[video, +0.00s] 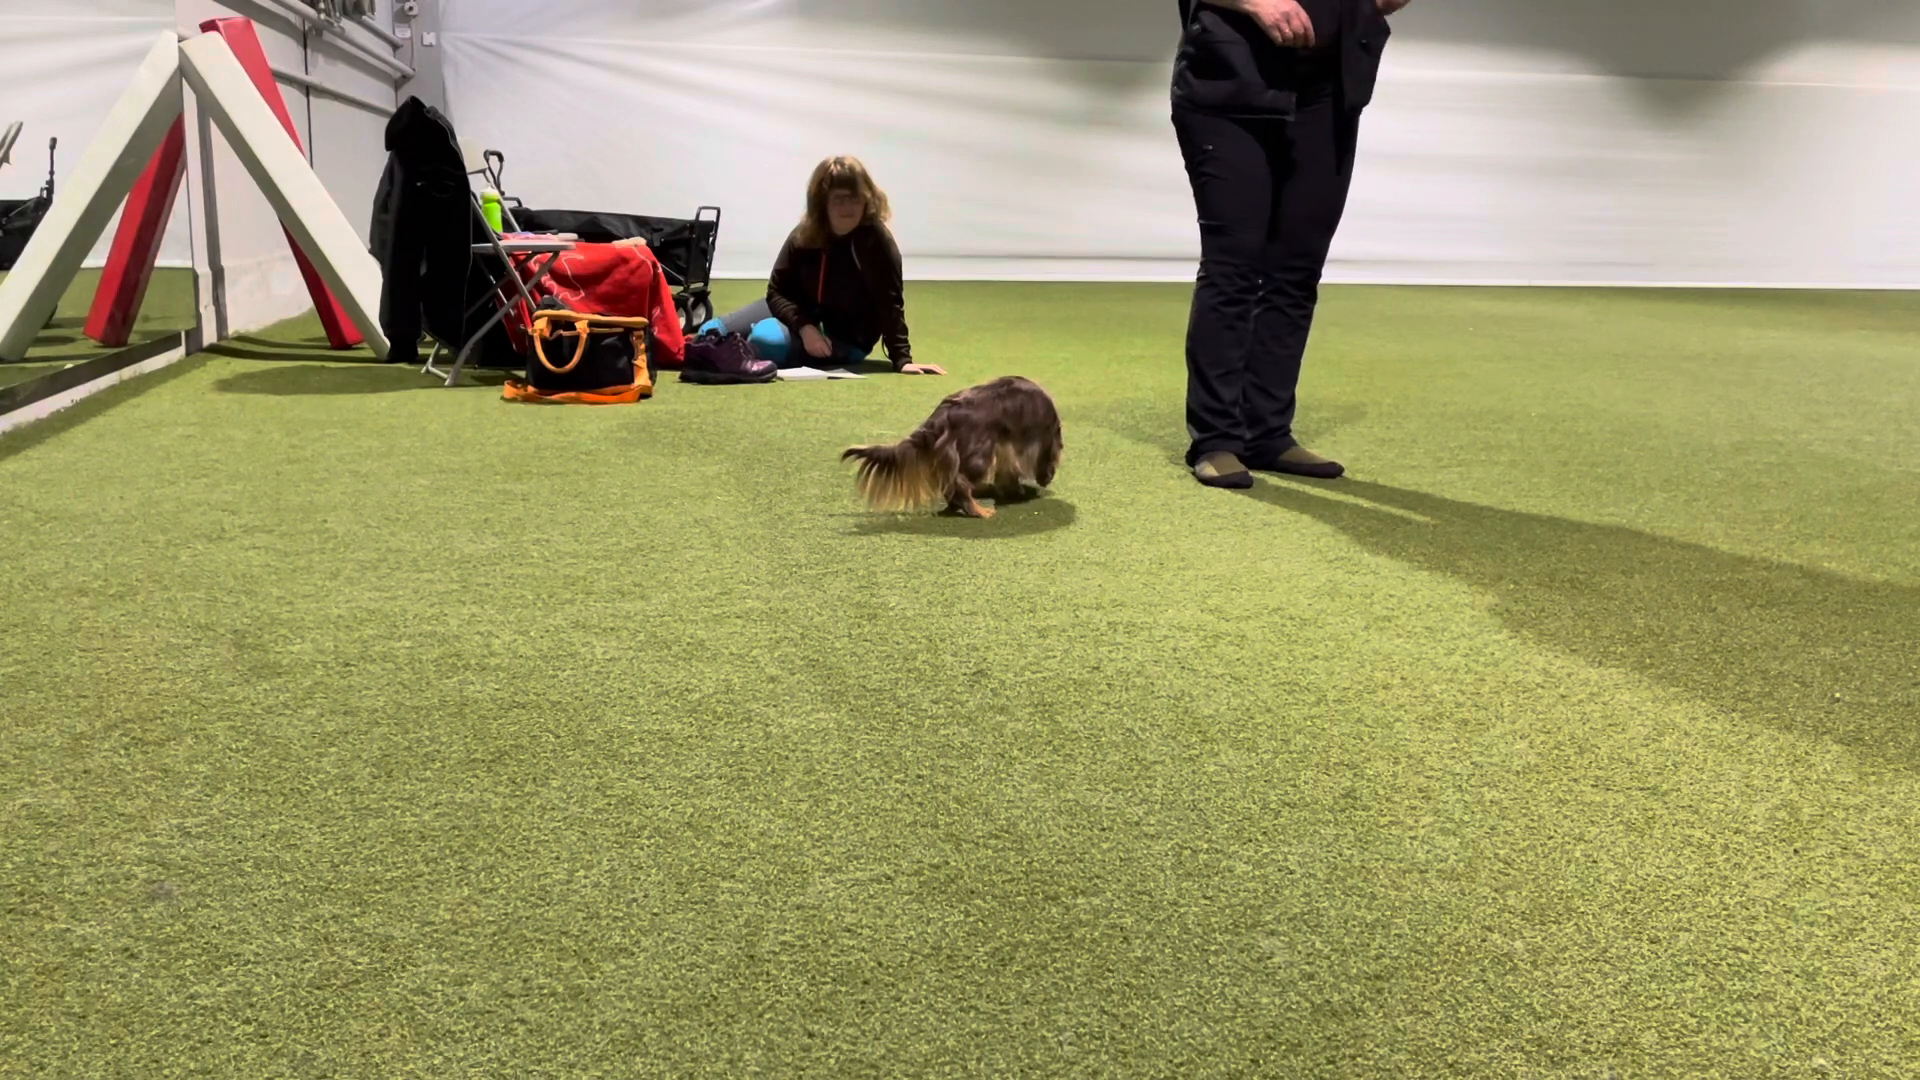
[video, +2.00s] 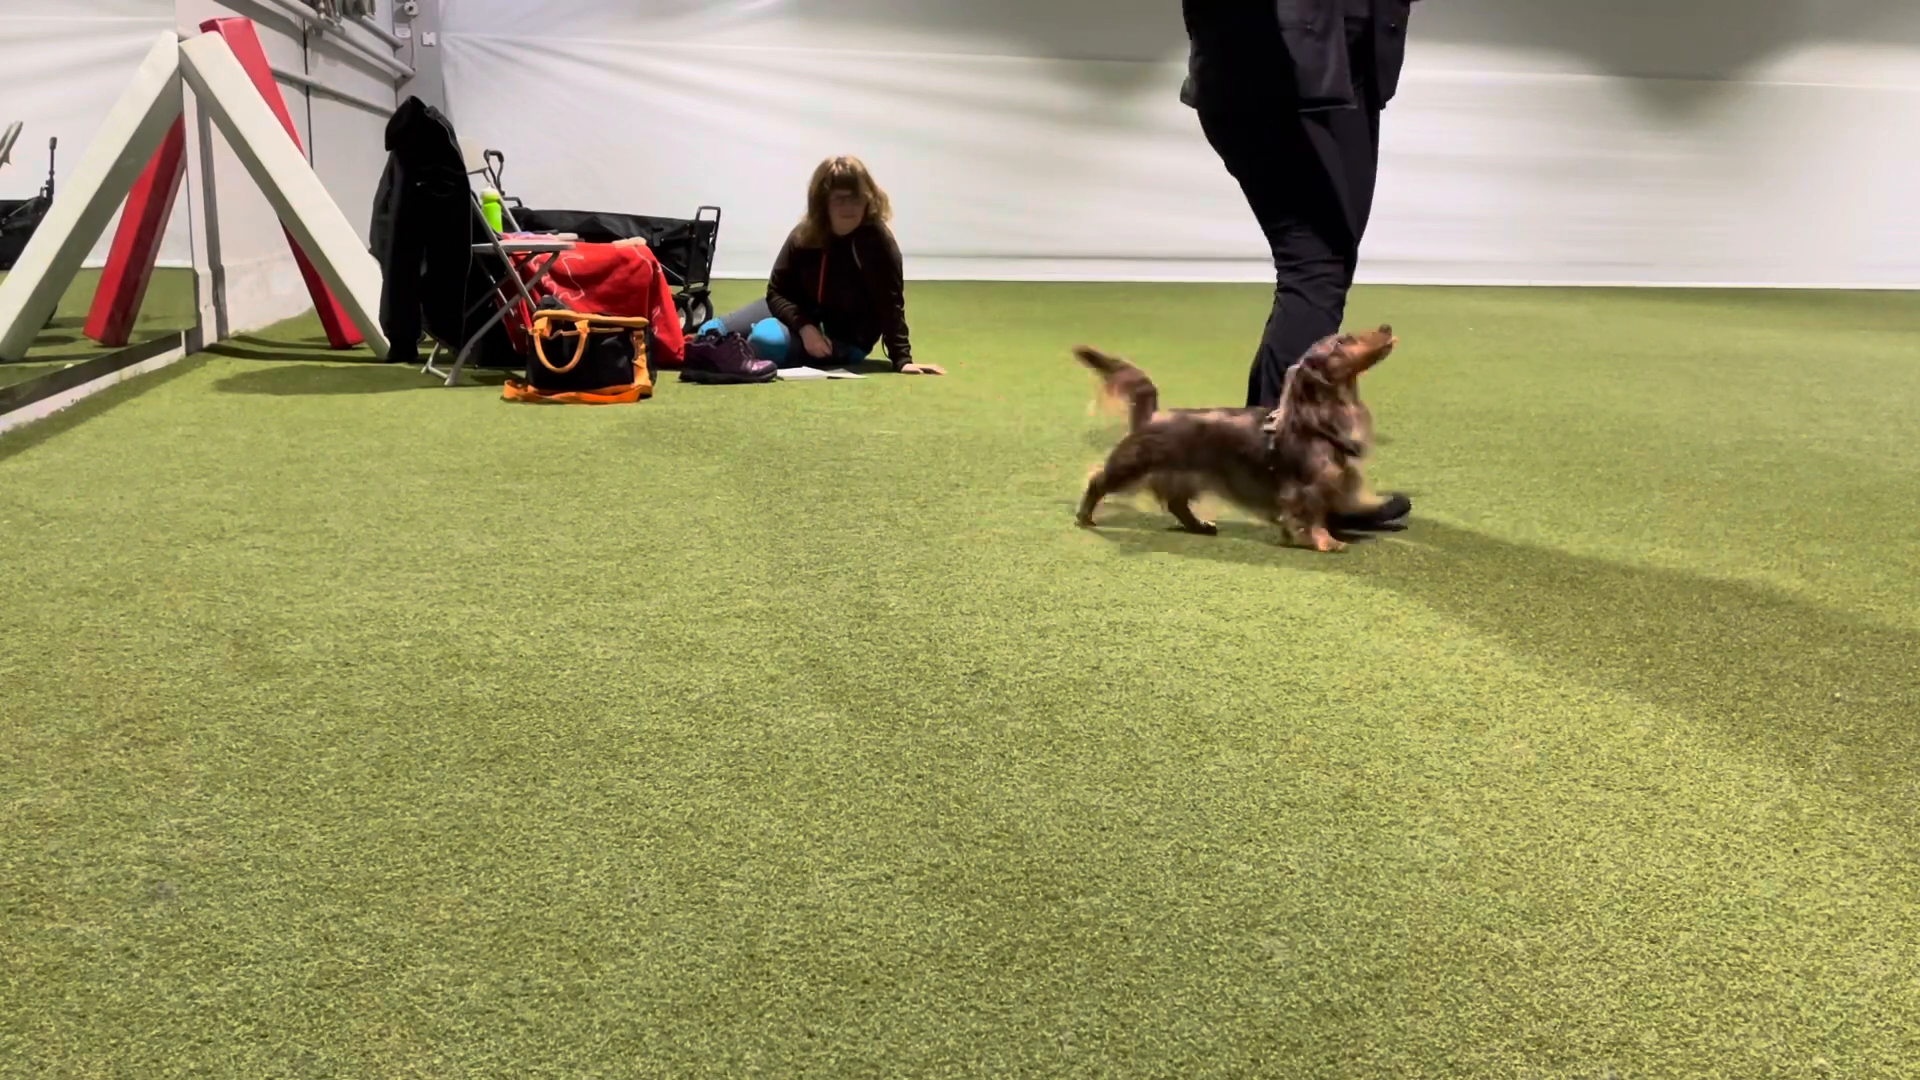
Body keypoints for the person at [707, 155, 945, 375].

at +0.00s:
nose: (847, 205)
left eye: (854, 197)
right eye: (838, 198)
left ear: (866, 200)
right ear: (822, 201)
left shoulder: (878, 243)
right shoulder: (804, 237)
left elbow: (891, 302)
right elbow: (777, 292)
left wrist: (902, 360)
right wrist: (804, 328)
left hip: (842, 337)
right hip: (796, 313)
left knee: (764, 336)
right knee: (712, 331)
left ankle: (732, 346)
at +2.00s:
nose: (848, 206)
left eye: (855, 197)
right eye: (839, 198)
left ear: (867, 200)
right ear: (823, 201)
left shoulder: (878, 242)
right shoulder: (804, 237)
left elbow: (892, 302)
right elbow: (777, 292)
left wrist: (902, 360)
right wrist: (804, 327)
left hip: (841, 337)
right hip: (795, 312)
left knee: (765, 337)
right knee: (711, 332)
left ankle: (732, 344)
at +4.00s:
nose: (847, 206)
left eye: (855, 196)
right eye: (838, 198)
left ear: (867, 200)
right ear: (822, 201)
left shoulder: (877, 241)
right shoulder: (804, 237)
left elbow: (891, 301)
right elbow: (777, 292)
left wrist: (902, 360)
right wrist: (804, 327)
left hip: (842, 338)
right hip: (795, 313)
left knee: (765, 336)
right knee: (712, 331)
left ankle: (732, 346)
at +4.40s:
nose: (848, 206)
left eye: (855, 197)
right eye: (839, 198)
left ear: (867, 201)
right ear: (822, 201)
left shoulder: (878, 242)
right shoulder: (804, 236)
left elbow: (891, 302)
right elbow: (777, 292)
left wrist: (903, 359)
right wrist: (804, 327)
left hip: (841, 338)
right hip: (795, 313)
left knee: (763, 337)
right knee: (714, 330)